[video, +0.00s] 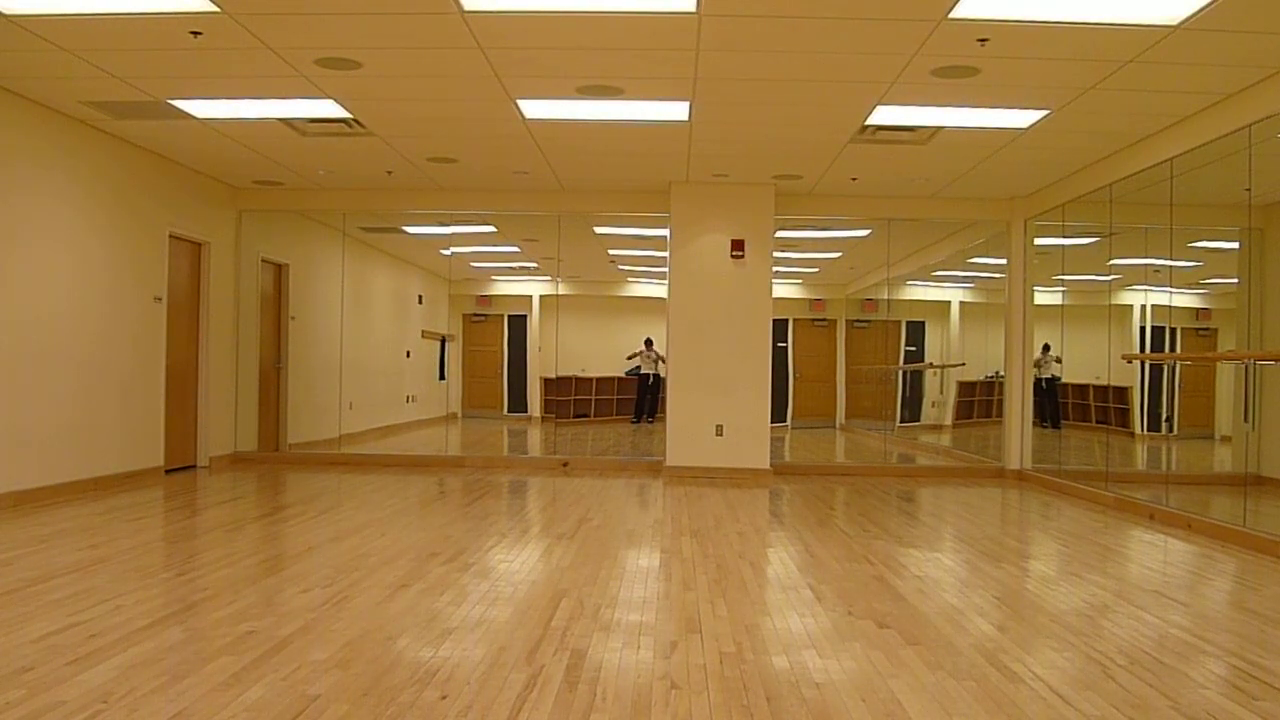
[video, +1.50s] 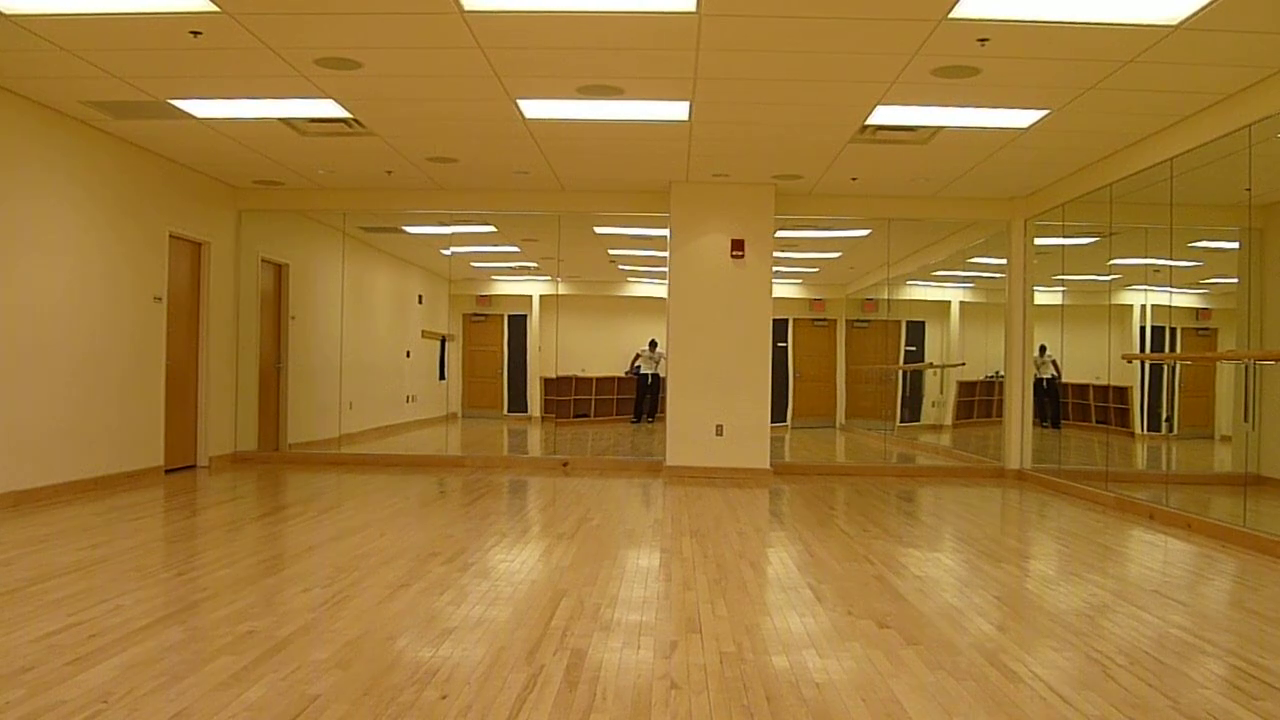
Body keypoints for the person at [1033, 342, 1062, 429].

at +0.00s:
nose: (1045, 353)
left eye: (1047, 352)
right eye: (1044, 352)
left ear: (1049, 351)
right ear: (1042, 350)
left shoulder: (1050, 357)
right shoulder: (1038, 358)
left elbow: (1059, 362)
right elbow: (1034, 365)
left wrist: (1058, 359)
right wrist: (1040, 360)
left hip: (1050, 377)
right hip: (1040, 377)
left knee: (1053, 400)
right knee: (1042, 400)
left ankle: (1055, 422)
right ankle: (1044, 421)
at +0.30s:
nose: (1043, 354)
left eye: (1045, 352)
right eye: (1042, 352)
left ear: (1047, 352)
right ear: (1040, 351)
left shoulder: (1050, 357)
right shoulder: (1035, 359)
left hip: (1050, 378)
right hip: (1039, 379)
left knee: (1053, 400)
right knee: (1042, 401)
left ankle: (1055, 422)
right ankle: (1044, 421)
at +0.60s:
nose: (1043, 354)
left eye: (1044, 352)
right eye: (1042, 352)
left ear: (1046, 352)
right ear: (1040, 351)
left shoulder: (1050, 358)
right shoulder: (1035, 359)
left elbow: (1057, 368)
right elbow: (1036, 369)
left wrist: (1059, 377)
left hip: (1050, 379)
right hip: (1040, 379)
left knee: (1053, 400)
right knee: (1042, 401)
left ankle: (1055, 422)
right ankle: (1044, 421)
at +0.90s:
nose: (1042, 353)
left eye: (1044, 351)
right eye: (1041, 351)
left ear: (1046, 351)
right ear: (1039, 351)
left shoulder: (1050, 358)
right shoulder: (1035, 359)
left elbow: (1056, 367)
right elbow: (1033, 369)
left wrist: (1059, 376)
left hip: (1049, 378)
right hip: (1039, 379)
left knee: (1053, 400)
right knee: (1040, 401)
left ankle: (1055, 421)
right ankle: (1043, 420)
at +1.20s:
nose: (1041, 353)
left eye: (1043, 351)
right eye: (1040, 351)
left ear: (1046, 351)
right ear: (1039, 351)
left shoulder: (1050, 358)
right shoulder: (1035, 359)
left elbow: (1056, 368)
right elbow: (1034, 369)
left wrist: (1059, 376)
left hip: (1050, 378)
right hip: (1040, 378)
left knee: (1054, 400)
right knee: (1041, 400)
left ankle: (1055, 421)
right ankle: (1043, 420)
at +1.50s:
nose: (1042, 353)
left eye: (1043, 351)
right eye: (1041, 351)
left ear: (1046, 351)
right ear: (1039, 351)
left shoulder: (1050, 358)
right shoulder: (1035, 359)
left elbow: (1056, 368)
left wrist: (1059, 376)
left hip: (1050, 378)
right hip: (1040, 378)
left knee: (1054, 400)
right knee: (1040, 400)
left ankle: (1055, 421)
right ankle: (1043, 420)